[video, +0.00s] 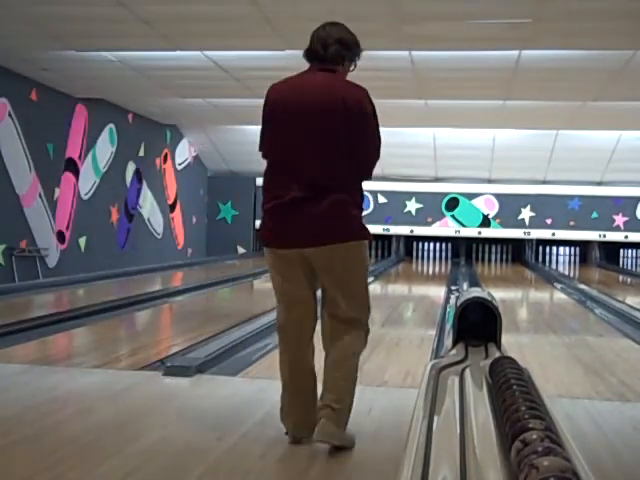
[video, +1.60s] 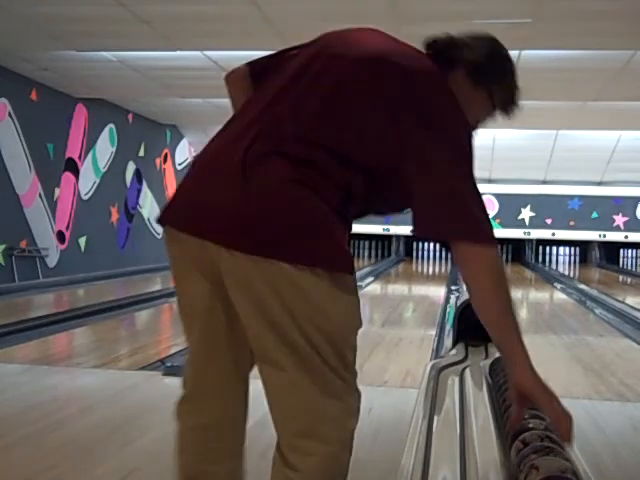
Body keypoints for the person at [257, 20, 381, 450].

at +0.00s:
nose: (354, 67)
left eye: (355, 61)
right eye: (354, 61)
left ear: (310, 53)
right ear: (346, 59)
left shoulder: (278, 92)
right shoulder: (354, 96)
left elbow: (267, 148)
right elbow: (369, 160)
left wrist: (309, 161)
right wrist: (335, 173)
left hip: (281, 230)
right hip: (337, 231)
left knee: (293, 325)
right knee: (347, 323)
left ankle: (298, 424)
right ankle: (332, 422)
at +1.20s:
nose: (393, 35)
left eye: (400, 24)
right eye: (398, 18)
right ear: (375, 2)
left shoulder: (274, 27)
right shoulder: (335, 34)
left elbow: (212, 111)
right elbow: (338, 133)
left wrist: (287, 146)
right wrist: (401, 217)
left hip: (218, 225)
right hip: (288, 229)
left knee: (236, 383)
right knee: (310, 393)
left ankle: (232, 475)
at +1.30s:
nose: (414, 38)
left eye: (421, 27)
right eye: (416, 21)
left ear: (376, 2)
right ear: (386, 6)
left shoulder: (287, 26)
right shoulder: (352, 44)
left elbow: (214, 101)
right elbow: (386, 169)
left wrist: (285, 143)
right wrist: (444, 258)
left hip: (214, 227)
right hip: (286, 233)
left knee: (233, 382)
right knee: (310, 396)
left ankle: (231, 475)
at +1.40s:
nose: (436, 65)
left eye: (444, 52)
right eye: (439, 45)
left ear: (391, 13)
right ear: (411, 21)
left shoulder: (307, 29)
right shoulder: (384, 65)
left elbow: (218, 94)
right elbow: (429, 197)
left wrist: (279, 147)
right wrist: (481, 299)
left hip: (209, 235)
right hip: (289, 243)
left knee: (224, 400)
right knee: (307, 410)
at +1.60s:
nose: (478, 123)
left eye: (488, 115)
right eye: (485, 110)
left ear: (442, 58)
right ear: (466, 75)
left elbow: (240, 77)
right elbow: (474, 248)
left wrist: (272, 165)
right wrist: (522, 371)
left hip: (192, 215)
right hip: (285, 235)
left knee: (208, 397)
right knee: (317, 417)